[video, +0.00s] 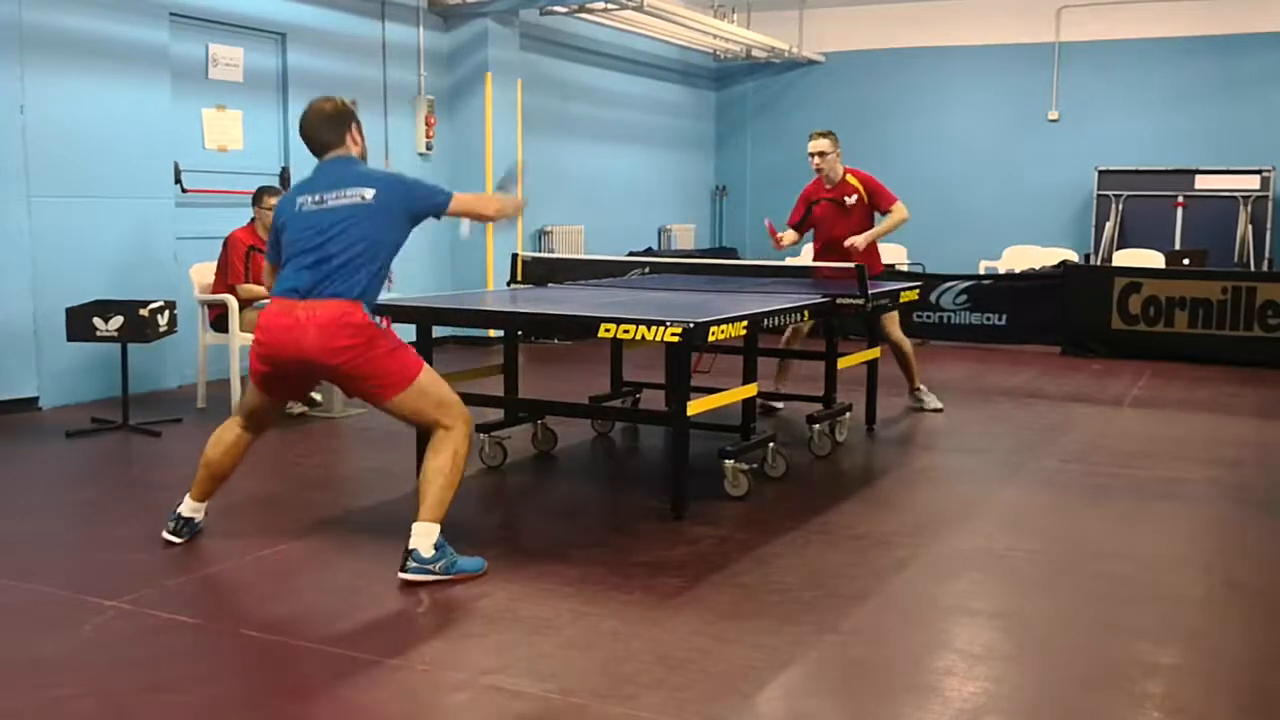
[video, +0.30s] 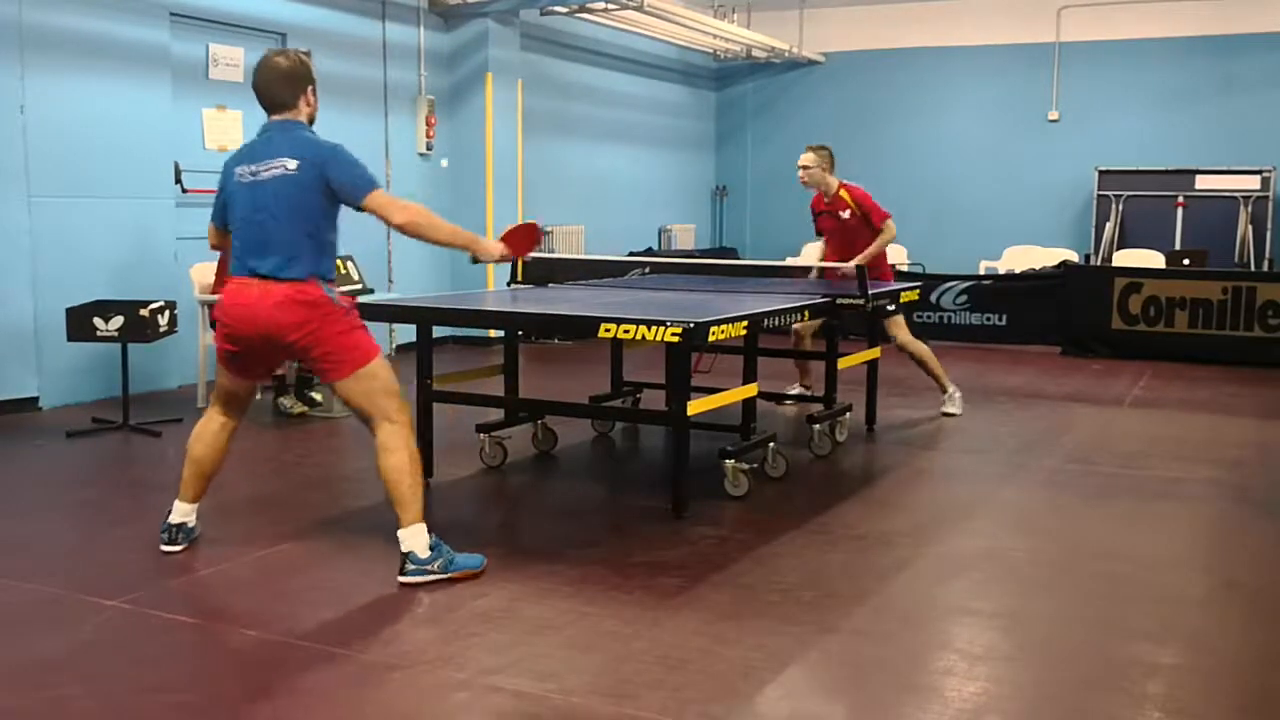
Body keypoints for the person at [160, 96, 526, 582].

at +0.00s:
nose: (364, 138)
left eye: (358, 130)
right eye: (362, 130)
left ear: (312, 147)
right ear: (355, 135)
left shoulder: (290, 201)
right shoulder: (390, 187)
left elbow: (273, 278)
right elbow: (488, 207)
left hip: (278, 328)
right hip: (345, 329)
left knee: (246, 422)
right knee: (452, 420)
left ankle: (187, 513)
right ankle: (425, 547)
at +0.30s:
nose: (317, 102)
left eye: (313, 93)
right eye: (316, 94)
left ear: (263, 102)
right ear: (307, 98)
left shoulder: (237, 161)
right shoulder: (321, 152)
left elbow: (218, 238)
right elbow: (399, 216)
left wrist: (268, 249)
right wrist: (477, 243)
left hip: (239, 304)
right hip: (306, 304)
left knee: (224, 409)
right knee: (391, 415)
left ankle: (178, 521)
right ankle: (418, 549)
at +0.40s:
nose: (309, 90)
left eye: (306, 81)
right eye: (308, 82)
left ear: (254, 89)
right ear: (300, 87)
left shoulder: (227, 147)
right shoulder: (306, 143)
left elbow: (207, 226)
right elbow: (371, 210)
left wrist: (268, 222)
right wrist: (447, 241)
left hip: (224, 292)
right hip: (287, 292)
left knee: (216, 407)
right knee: (362, 413)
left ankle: (177, 522)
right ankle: (400, 544)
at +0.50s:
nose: (310, 83)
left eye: (308, 75)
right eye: (308, 76)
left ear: (252, 82)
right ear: (299, 79)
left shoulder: (222, 140)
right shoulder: (300, 134)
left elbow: (197, 218)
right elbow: (360, 205)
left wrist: (253, 233)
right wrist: (431, 235)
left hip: (219, 284)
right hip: (281, 283)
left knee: (214, 406)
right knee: (354, 408)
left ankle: (177, 522)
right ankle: (341, 549)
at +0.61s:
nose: (313, 84)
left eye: (310, 76)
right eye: (312, 76)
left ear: (255, 83)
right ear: (303, 79)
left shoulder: (225, 141)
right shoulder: (306, 136)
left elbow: (191, 222)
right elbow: (364, 204)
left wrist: (223, 260)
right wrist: (427, 234)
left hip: (221, 287)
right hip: (285, 287)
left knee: (214, 408)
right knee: (350, 412)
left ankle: (178, 524)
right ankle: (334, 553)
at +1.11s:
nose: (280, 85)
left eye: (277, 76)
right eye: (279, 77)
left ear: (223, 82)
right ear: (268, 78)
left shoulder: (188, 139)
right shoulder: (272, 127)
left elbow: (155, 220)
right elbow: (292, 201)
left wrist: (157, 294)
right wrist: (330, 260)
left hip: (184, 282)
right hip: (242, 280)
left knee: (218, 400)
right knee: (297, 409)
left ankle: (189, 522)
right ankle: (326, 551)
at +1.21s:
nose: (270, 84)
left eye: (268, 75)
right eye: (268, 75)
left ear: (214, 78)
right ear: (255, 75)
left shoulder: (179, 133)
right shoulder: (256, 121)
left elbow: (152, 218)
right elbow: (270, 199)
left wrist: (152, 292)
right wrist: (307, 259)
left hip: (172, 277)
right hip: (227, 274)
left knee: (212, 400)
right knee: (277, 409)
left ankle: (189, 521)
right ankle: (308, 544)